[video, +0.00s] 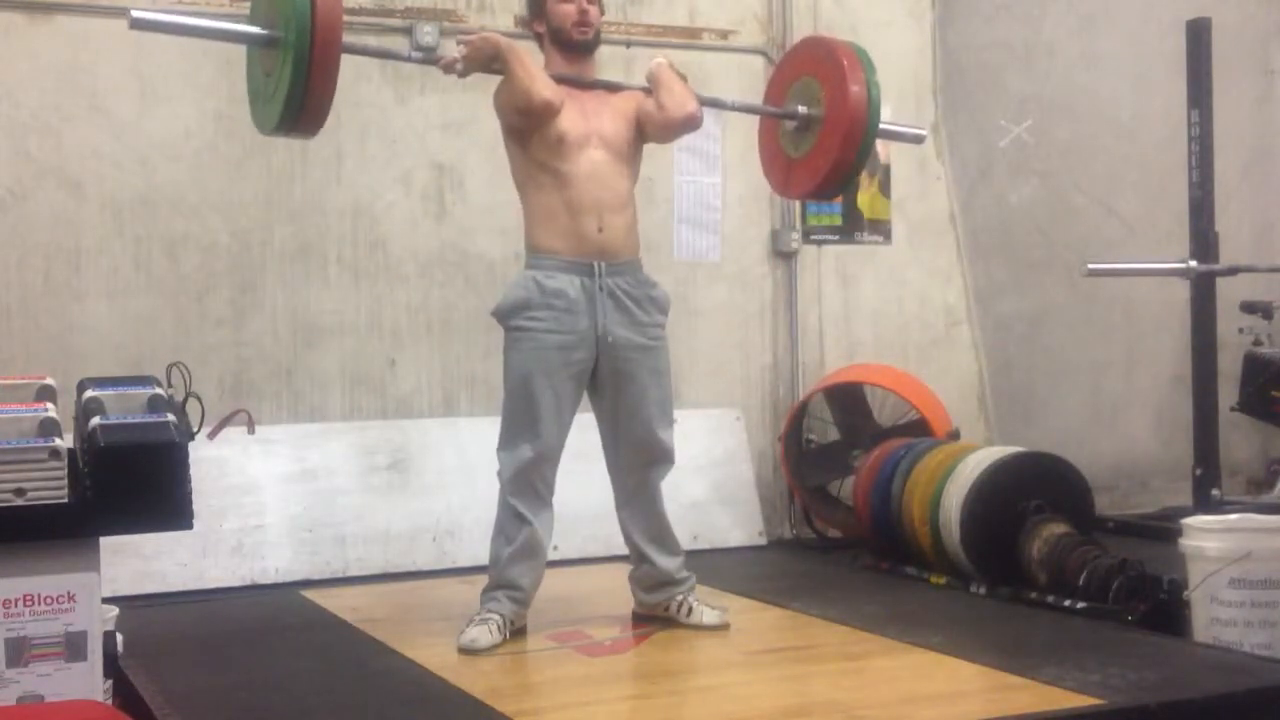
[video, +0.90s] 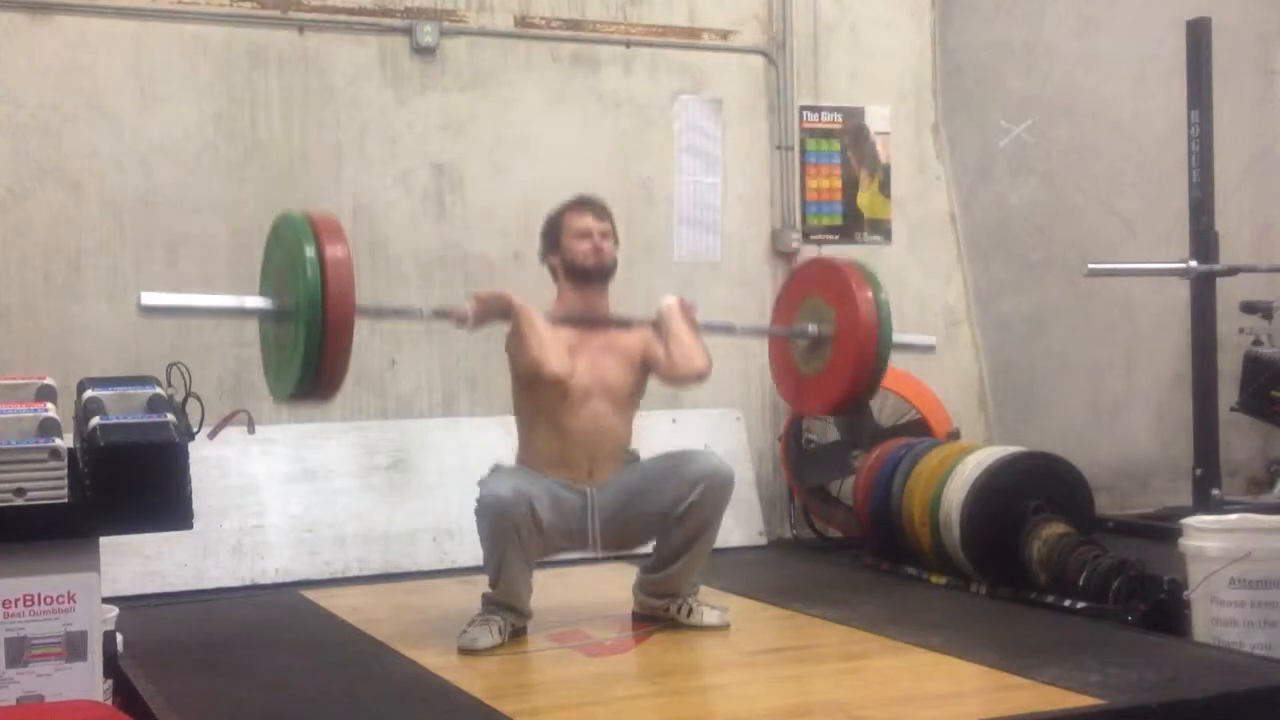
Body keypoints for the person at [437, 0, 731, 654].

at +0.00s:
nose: (586, 9)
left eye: (593, 2)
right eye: (570, 1)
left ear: (602, 20)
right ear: (541, 19)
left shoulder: (630, 102)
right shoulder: (525, 99)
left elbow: (685, 114)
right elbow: (538, 105)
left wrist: (658, 64)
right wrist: (506, 50)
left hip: (631, 292)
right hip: (550, 292)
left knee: (647, 450)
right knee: (530, 456)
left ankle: (661, 591)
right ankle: (504, 603)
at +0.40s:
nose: (591, 80)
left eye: (600, 72)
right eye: (576, 71)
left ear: (610, 91)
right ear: (548, 90)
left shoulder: (632, 173)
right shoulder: (529, 164)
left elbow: (686, 193)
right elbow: (533, 189)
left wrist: (664, 143)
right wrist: (509, 133)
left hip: (619, 360)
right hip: (533, 358)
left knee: (692, 457)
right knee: (509, 469)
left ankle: (663, 594)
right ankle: (502, 607)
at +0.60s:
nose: (595, 146)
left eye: (603, 140)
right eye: (580, 139)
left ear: (613, 159)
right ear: (551, 160)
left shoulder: (636, 241)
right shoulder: (528, 236)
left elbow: (689, 269)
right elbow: (544, 268)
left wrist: (669, 215)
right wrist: (513, 206)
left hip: (617, 410)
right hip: (533, 410)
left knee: (702, 469)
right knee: (504, 487)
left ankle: (662, 597)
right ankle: (503, 610)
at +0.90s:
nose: (597, 243)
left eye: (606, 236)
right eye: (583, 236)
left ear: (616, 253)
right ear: (553, 258)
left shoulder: (638, 337)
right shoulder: (531, 334)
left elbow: (691, 368)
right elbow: (553, 370)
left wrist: (672, 311)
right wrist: (514, 307)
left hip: (622, 498)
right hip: (548, 502)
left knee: (711, 474)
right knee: (501, 491)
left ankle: (662, 596)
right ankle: (504, 611)